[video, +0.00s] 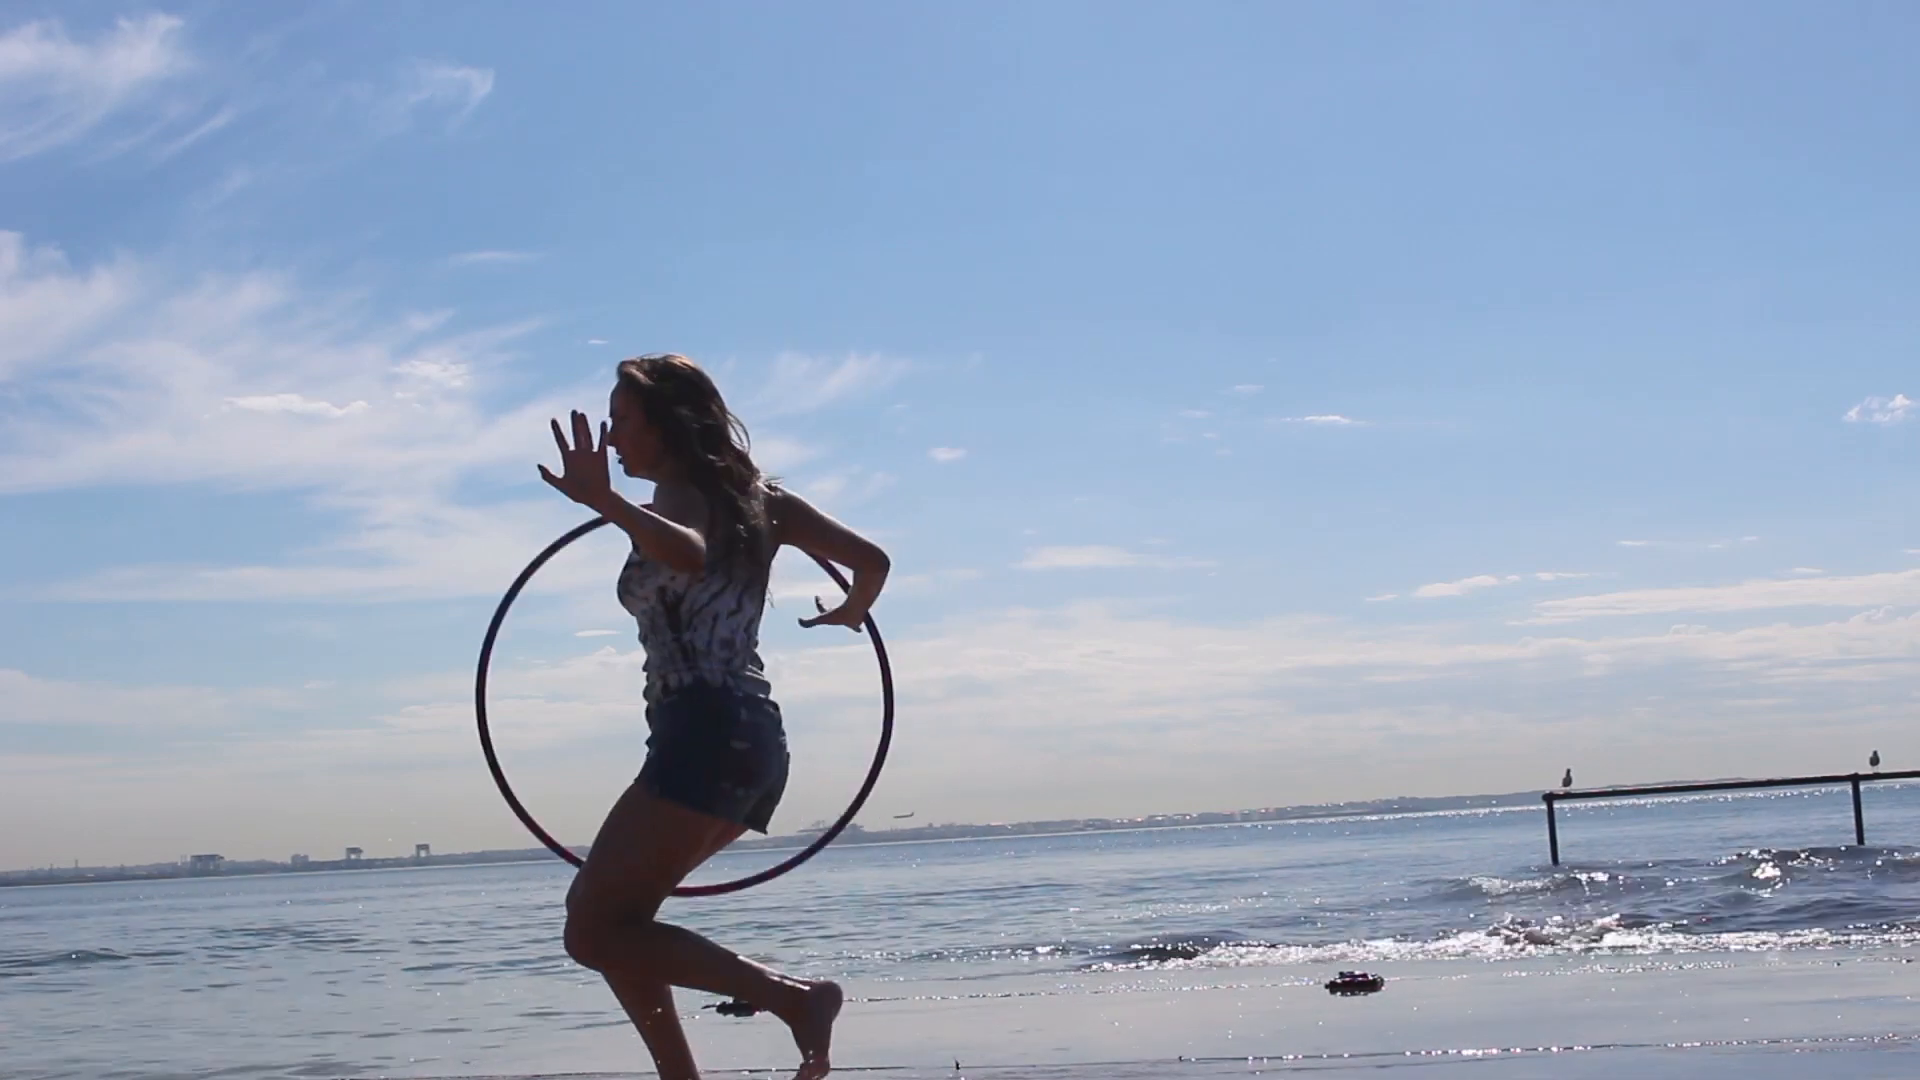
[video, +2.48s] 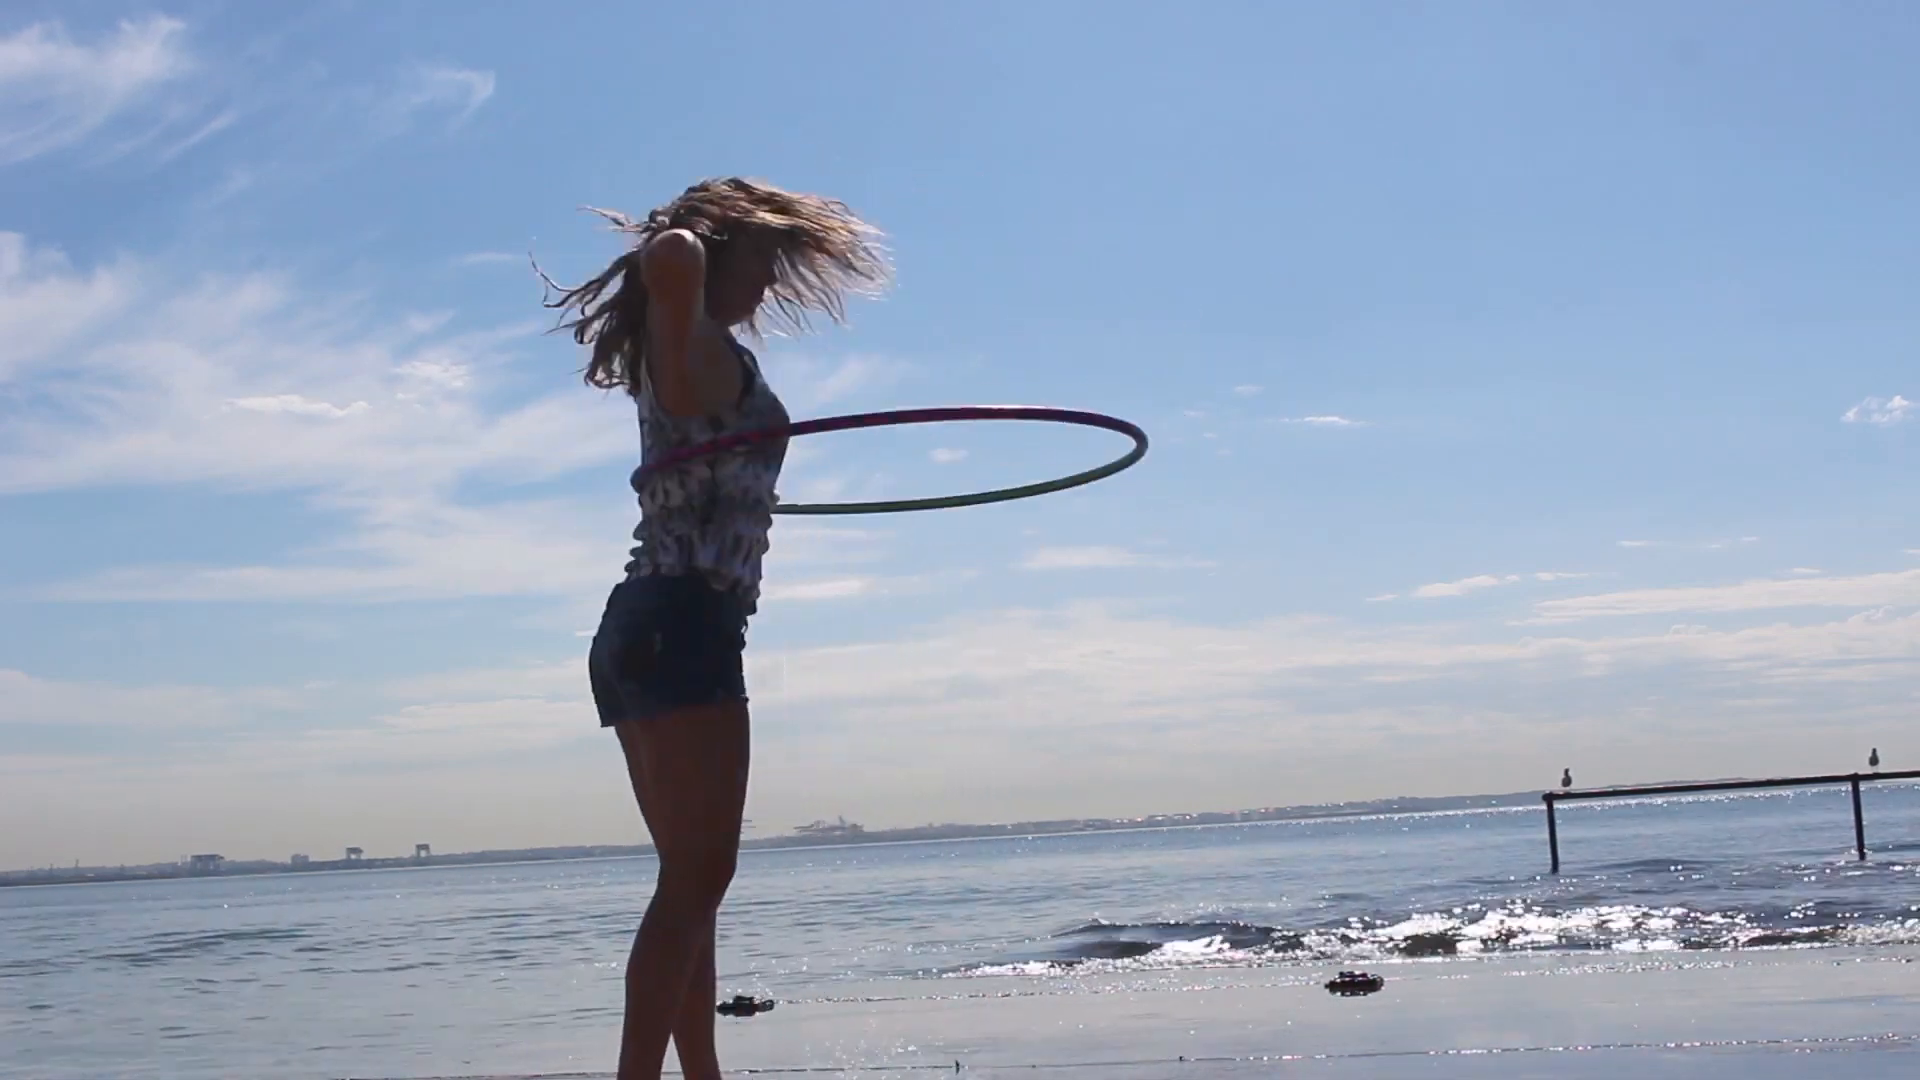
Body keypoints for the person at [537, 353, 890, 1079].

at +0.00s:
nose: (611, 437)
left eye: (621, 424)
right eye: (611, 423)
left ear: (666, 426)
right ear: (681, 428)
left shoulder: (678, 499)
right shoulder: (759, 499)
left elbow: (691, 554)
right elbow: (871, 559)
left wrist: (600, 499)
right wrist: (854, 610)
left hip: (706, 741)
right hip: (750, 745)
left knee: (591, 932)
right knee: (609, 921)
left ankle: (800, 1002)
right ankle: (681, 1073)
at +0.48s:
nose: (782, 329)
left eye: (787, 321)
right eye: (761, 316)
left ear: (795, 346)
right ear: (721, 342)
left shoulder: (834, 437)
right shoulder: (696, 458)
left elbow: (942, 516)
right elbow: (626, 555)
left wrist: (899, 513)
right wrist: (578, 603)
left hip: (839, 690)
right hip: (737, 688)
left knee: (884, 890)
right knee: (645, 883)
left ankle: (805, 1072)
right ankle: (611, 1042)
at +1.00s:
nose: (915, 301)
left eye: (909, 291)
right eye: (905, 291)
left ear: (814, 321)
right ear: (888, 305)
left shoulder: (802, 404)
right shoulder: (921, 366)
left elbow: (731, 361)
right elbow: (1014, 256)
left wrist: (793, 278)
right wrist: (978, 213)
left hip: (839, 654)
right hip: (929, 651)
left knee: (874, 868)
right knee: (990, 873)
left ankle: (833, 1067)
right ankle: (1042, 1067)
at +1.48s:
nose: (912, 343)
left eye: (926, 330)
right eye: (895, 326)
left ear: (940, 339)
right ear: (859, 333)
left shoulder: (964, 412)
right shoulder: (818, 435)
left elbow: (998, 263)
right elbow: (831, 532)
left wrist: (941, 300)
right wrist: (959, 514)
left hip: (972, 669)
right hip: (867, 675)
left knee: (945, 894)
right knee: (855, 902)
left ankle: (942, 1065)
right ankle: (935, 1031)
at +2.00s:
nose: (739, 281)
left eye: (762, 247)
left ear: (787, 260)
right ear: (842, 269)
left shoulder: (785, 338)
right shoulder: (874, 352)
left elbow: (675, 218)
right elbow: (927, 283)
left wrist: (792, 225)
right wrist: (850, 245)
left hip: (833, 640)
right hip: (891, 635)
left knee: (768, 857)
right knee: (879, 858)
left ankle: (750, 1071)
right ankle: (955, 1064)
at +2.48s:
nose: (769, 287)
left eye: (775, 272)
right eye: (763, 265)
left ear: (739, 273)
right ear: (720, 261)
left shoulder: (703, 358)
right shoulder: (690, 351)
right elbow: (676, 251)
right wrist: (662, 244)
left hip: (655, 630)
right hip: (680, 630)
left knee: (694, 872)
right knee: (697, 871)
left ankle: (701, 1072)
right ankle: (638, 1073)